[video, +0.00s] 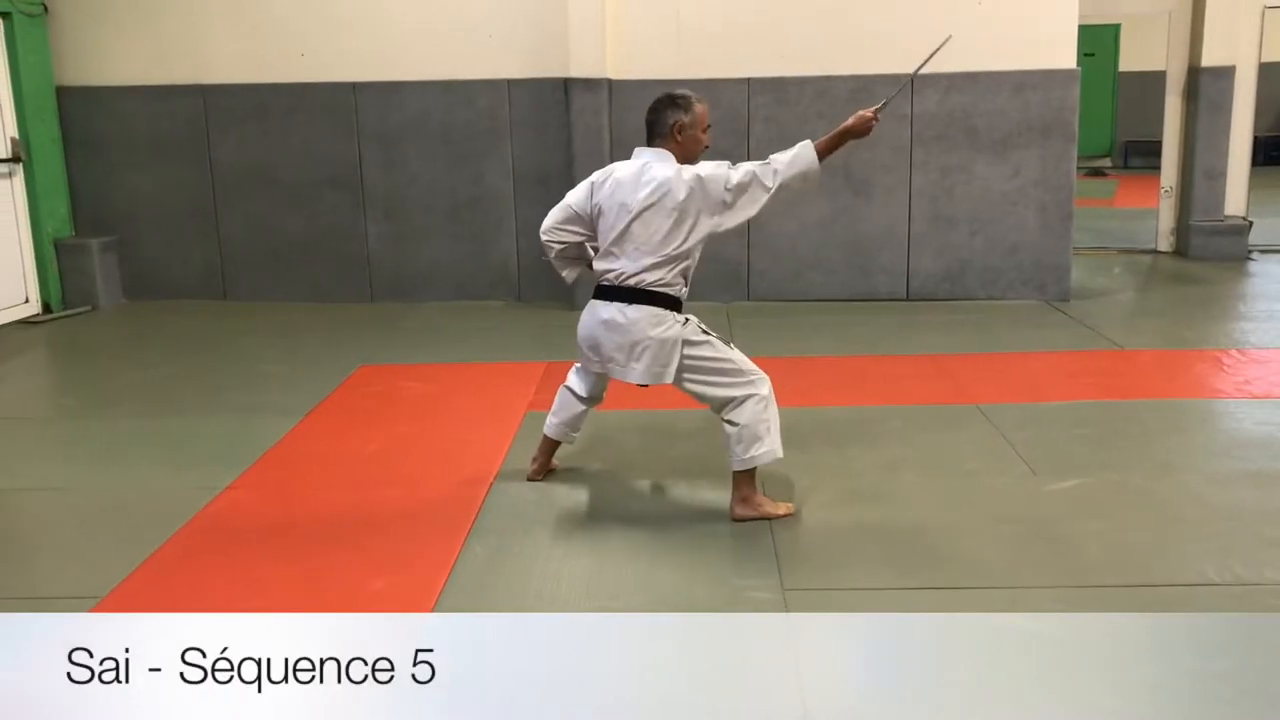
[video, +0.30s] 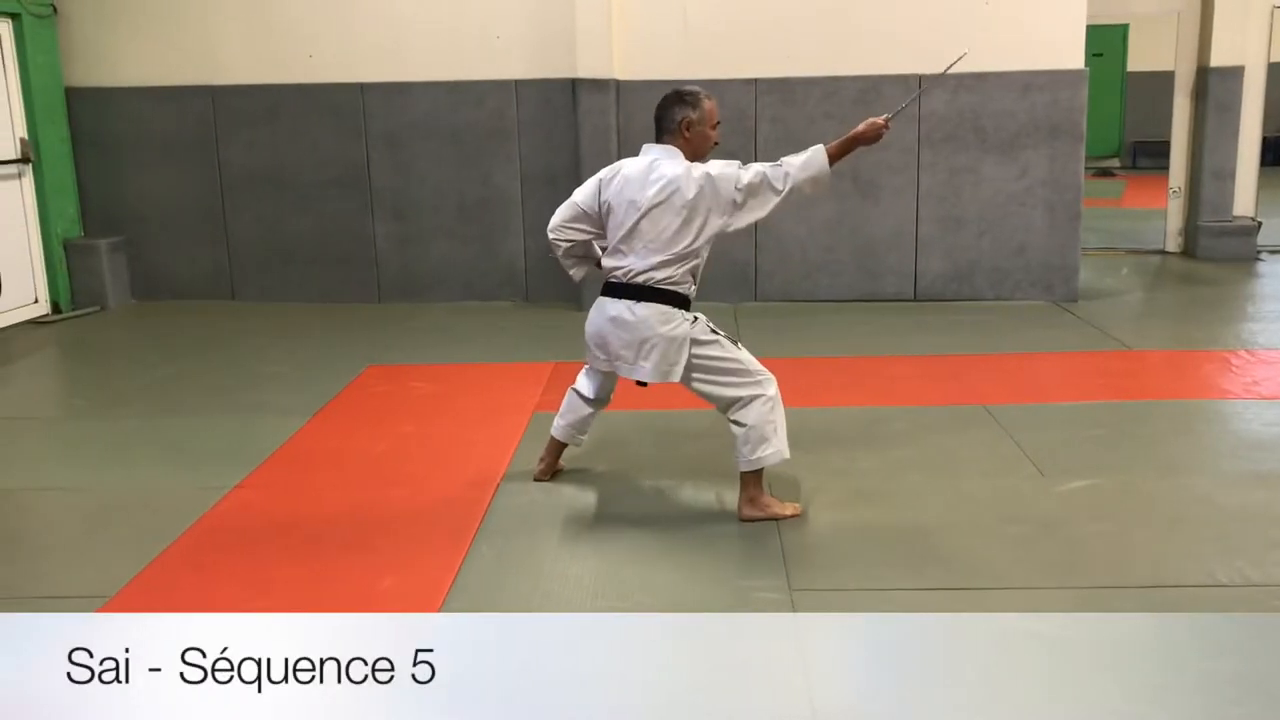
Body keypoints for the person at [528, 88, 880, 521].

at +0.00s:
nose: (709, 140)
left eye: (708, 130)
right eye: (704, 130)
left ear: (663, 132)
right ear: (677, 132)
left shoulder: (609, 177)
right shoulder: (698, 181)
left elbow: (554, 232)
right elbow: (774, 170)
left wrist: (600, 271)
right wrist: (843, 134)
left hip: (599, 317)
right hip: (655, 324)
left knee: (587, 376)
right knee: (750, 387)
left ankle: (540, 461)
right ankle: (746, 496)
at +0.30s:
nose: (718, 136)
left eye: (717, 126)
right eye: (713, 126)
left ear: (675, 128)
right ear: (685, 129)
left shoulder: (617, 174)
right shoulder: (710, 179)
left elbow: (562, 231)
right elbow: (785, 173)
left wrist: (608, 271)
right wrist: (853, 139)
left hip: (607, 314)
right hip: (664, 321)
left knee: (594, 380)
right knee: (756, 387)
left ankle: (547, 461)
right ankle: (754, 496)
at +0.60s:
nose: (758, 131)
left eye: (757, 122)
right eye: (755, 122)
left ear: (707, 122)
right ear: (738, 123)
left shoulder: (666, 164)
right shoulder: (742, 170)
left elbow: (652, 236)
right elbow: (820, 172)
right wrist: (896, 142)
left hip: (622, 294)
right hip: (677, 307)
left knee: (591, 382)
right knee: (754, 390)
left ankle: (549, 460)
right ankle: (765, 502)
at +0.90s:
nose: (742, 139)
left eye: (739, 132)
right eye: (742, 132)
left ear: (696, 125)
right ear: (736, 134)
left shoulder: (667, 163)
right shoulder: (725, 179)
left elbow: (717, 224)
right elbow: (799, 176)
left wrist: (742, 263)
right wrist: (874, 146)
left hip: (608, 300)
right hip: (665, 314)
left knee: (568, 398)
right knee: (744, 388)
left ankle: (511, 493)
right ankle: (768, 500)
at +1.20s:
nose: (606, 122)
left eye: (609, 114)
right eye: (608, 114)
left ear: (623, 119)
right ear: (658, 123)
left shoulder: (591, 160)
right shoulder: (692, 165)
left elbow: (562, 179)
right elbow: (773, 176)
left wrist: (604, 192)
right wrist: (854, 158)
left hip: (611, 317)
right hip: (680, 315)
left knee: (560, 397)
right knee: (745, 396)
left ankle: (514, 494)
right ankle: (777, 499)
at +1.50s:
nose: (609, 128)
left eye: (612, 119)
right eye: (611, 119)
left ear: (628, 121)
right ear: (662, 122)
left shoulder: (602, 171)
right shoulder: (705, 168)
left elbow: (527, 168)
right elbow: (781, 173)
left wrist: (462, 136)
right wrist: (858, 153)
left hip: (616, 322)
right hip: (687, 321)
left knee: (567, 396)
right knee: (758, 395)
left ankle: (518, 493)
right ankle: (785, 501)